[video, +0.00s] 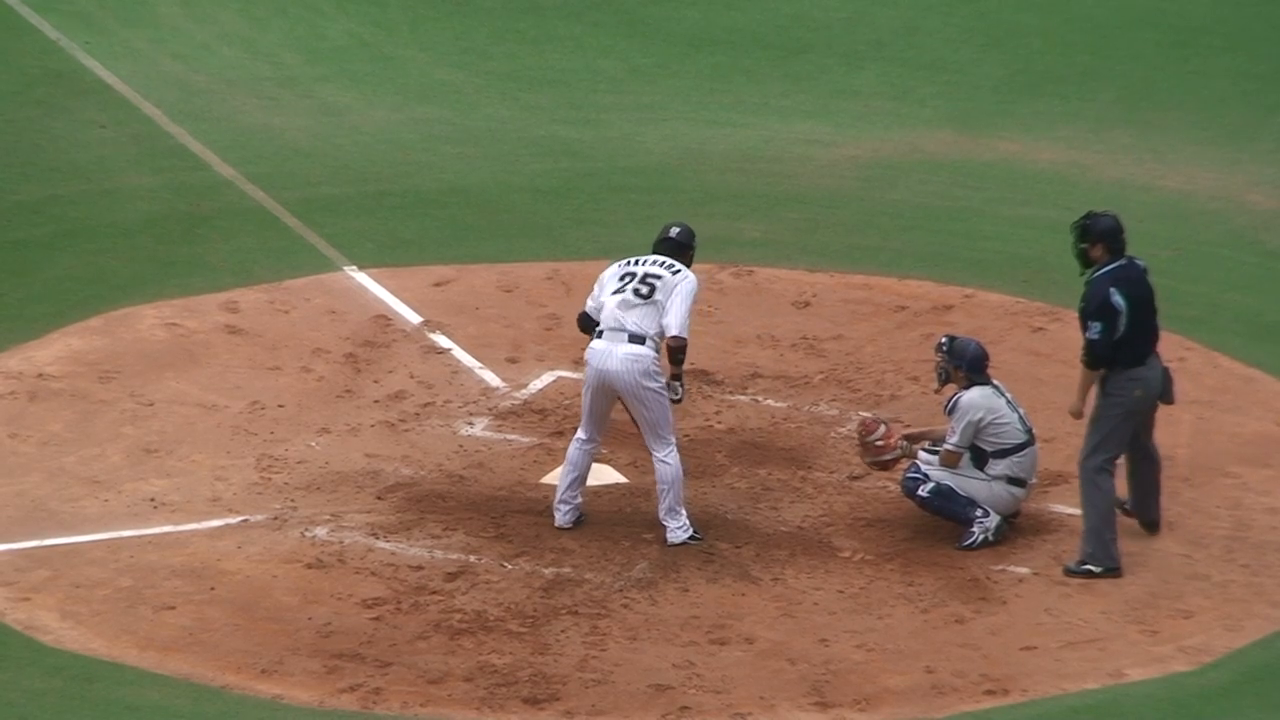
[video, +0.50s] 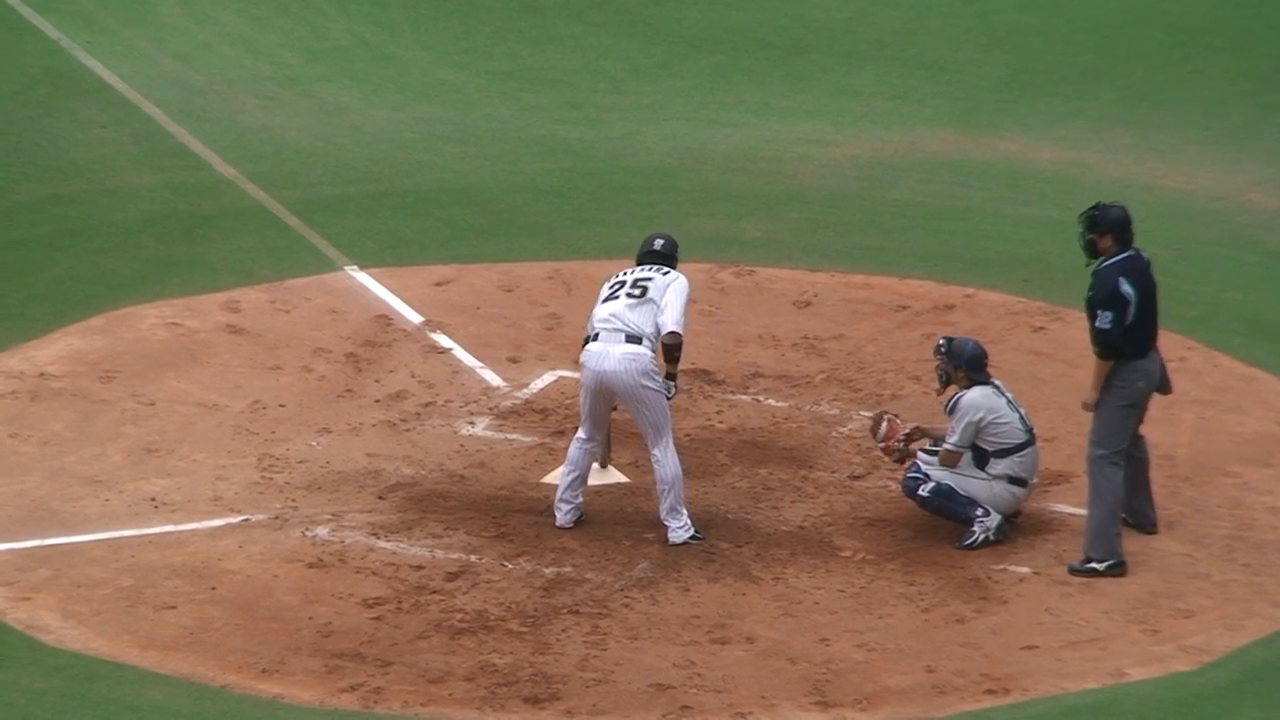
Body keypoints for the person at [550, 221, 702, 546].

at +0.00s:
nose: (691, 259)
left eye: (690, 254)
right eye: (691, 253)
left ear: (656, 246)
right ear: (687, 253)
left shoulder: (620, 265)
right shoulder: (684, 277)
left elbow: (586, 320)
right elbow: (675, 341)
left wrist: (615, 343)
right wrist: (676, 377)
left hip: (598, 351)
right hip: (639, 357)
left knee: (586, 436)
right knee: (663, 448)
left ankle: (564, 512)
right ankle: (677, 527)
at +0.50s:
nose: (672, 266)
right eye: (673, 262)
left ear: (639, 257)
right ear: (672, 261)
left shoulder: (616, 277)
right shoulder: (673, 278)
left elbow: (592, 332)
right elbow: (671, 335)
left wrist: (598, 382)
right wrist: (671, 376)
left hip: (594, 354)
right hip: (636, 357)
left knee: (587, 434)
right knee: (661, 445)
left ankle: (565, 511)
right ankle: (678, 526)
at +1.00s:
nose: (678, 260)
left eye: (679, 256)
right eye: (677, 256)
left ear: (642, 250)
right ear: (671, 254)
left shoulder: (607, 270)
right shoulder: (672, 273)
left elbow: (576, 329)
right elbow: (670, 333)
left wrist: (576, 373)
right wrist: (671, 373)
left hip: (594, 352)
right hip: (639, 354)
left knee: (586, 435)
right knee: (662, 444)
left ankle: (565, 511)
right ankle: (680, 526)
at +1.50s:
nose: (713, 247)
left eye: (714, 241)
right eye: (712, 241)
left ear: (679, 232)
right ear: (704, 240)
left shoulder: (639, 252)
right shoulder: (701, 275)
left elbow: (608, 304)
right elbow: (695, 342)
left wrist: (618, 336)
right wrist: (694, 372)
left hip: (619, 348)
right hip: (659, 357)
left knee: (598, 433)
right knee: (673, 443)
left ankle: (569, 507)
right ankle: (684, 528)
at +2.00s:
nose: (693, 232)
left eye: (692, 227)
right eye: (693, 227)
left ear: (659, 221)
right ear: (690, 230)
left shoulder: (635, 248)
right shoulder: (680, 269)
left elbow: (656, 306)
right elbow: (676, 326)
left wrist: (698, 326)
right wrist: (710, 342)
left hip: (614, 350)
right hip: (652, 359)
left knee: (597, 431)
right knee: (671, 441)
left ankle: (567, 510)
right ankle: (683, 527)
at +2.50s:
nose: (641, 223)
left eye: (607, 218)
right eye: (641, 218)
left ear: (607, 223)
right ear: (640, 224)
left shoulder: (593, 250)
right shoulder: (651, 269)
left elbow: (627, 267)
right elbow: (679, 312)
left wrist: (670, 265)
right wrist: (685, 274)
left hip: (605, 355)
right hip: (645, 360)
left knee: (593, 431)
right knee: (666, 441)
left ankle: (566, 509)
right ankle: (681, 526)